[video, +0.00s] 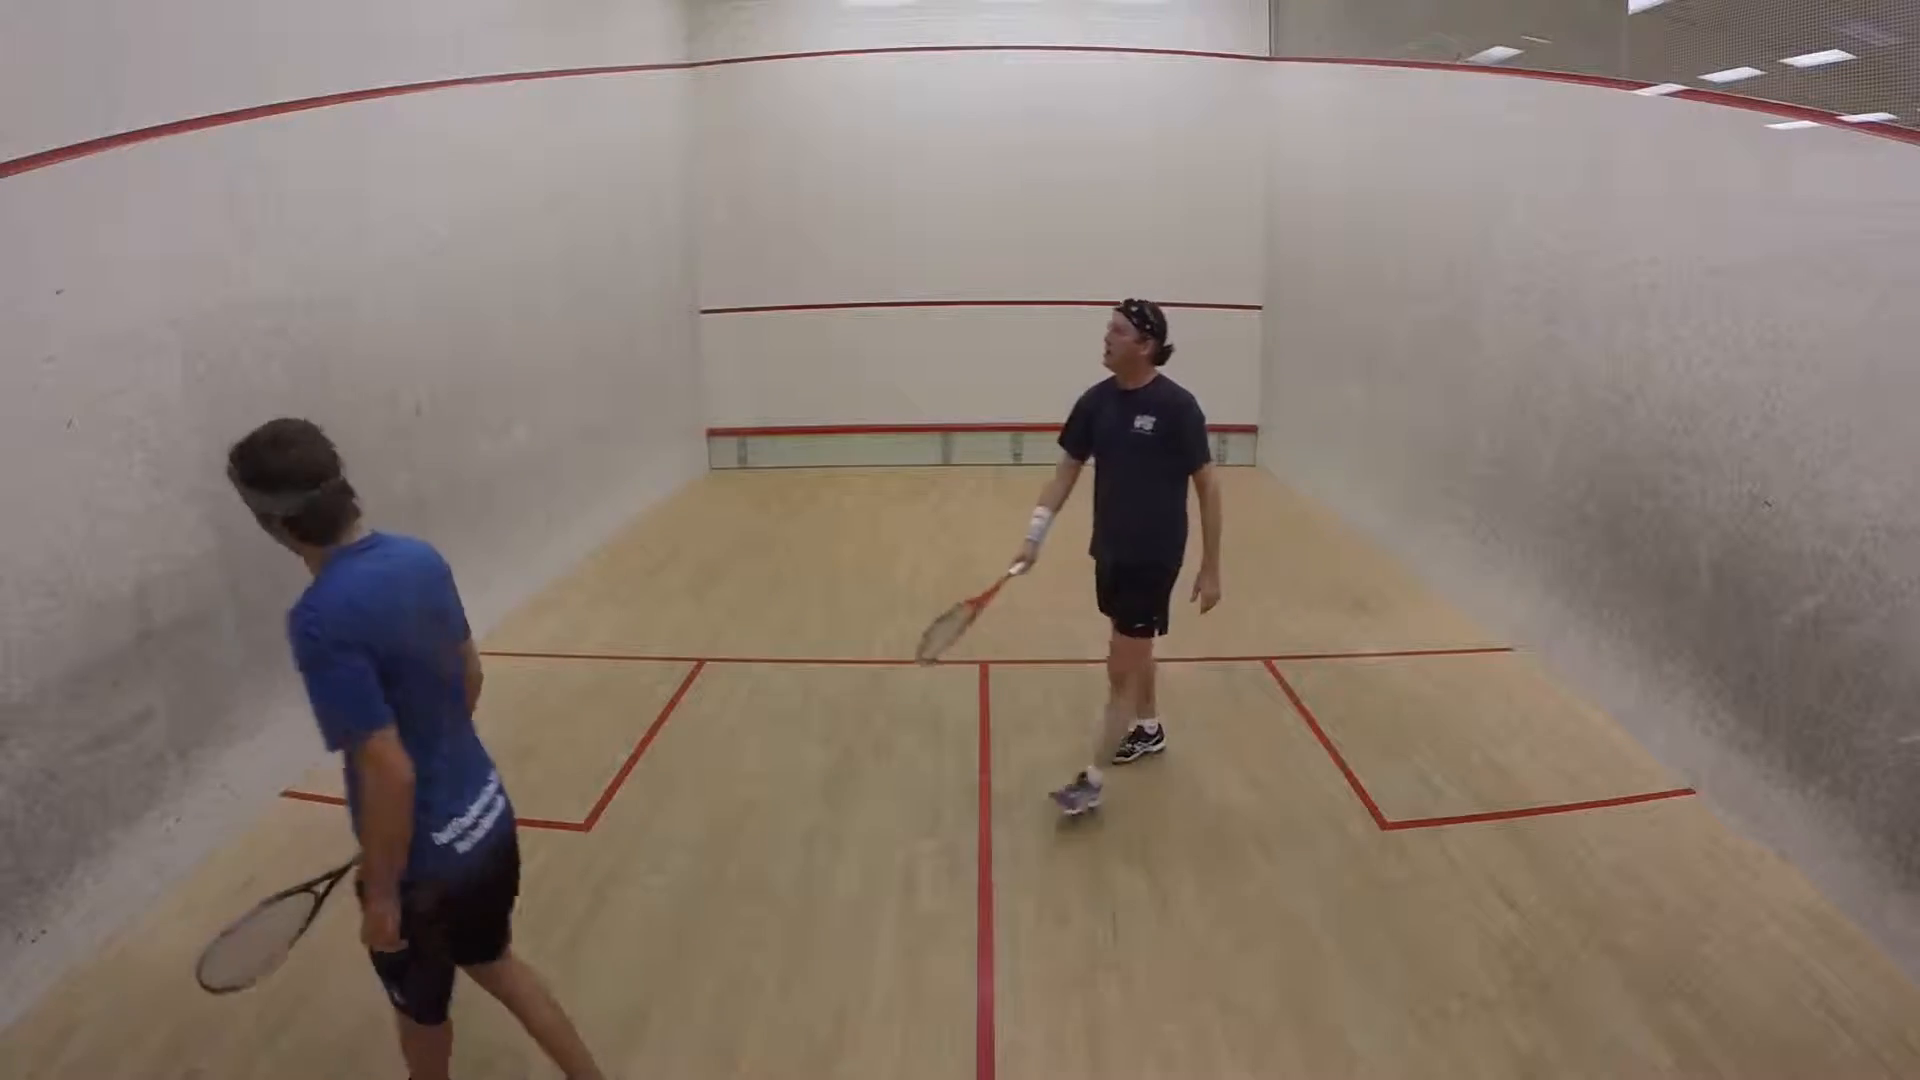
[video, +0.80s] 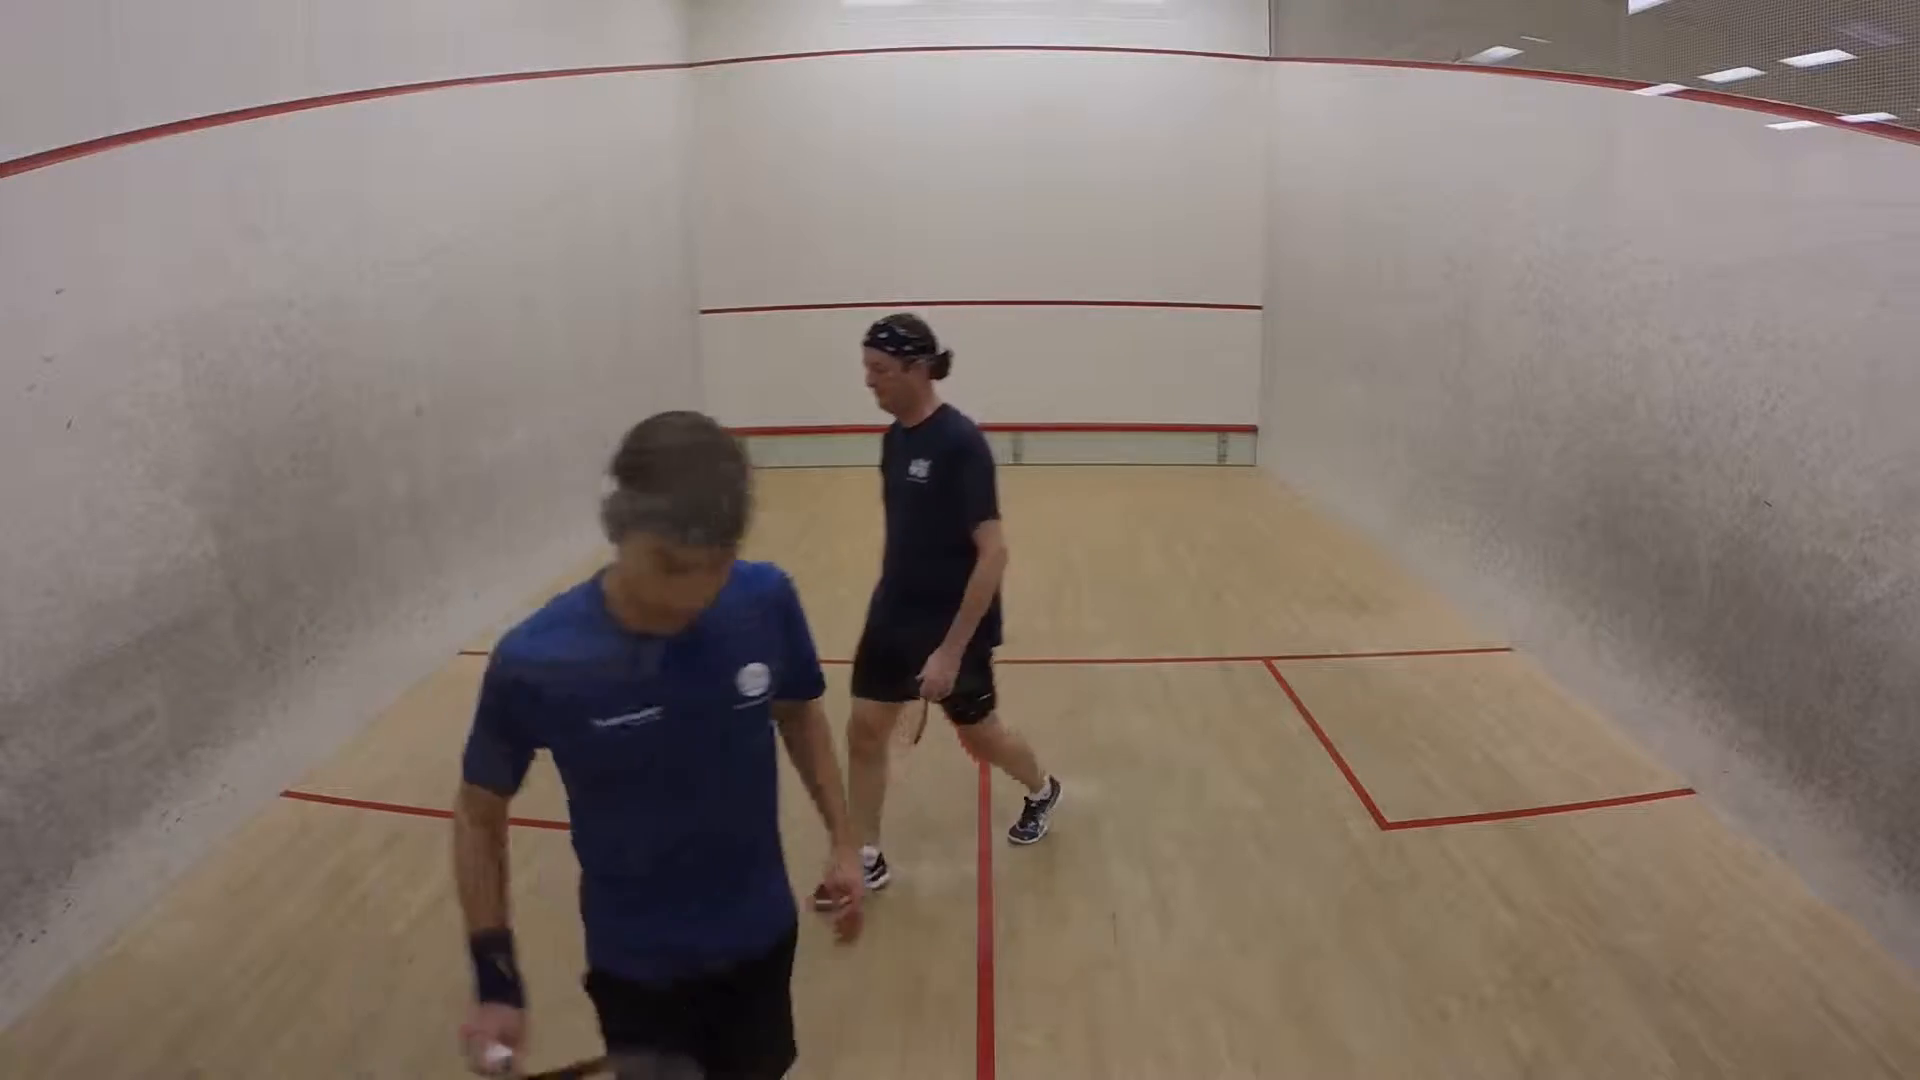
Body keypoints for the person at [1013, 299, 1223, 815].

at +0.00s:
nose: (1106, 338)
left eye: (1118, 333)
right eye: (1108, 329)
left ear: (1147, 346)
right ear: (1122, 342)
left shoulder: (1178, 407)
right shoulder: (1096, 401)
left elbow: (1207, 486)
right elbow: (1065, 472)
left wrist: (1210, 567)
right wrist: (1033, 536)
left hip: (1155, 552)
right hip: (1108, 546)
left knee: (1121, 667)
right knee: (1133, 643)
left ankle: (1093, 779)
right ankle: (1147, 726)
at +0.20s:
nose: (1066, 353)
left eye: (1078, 345)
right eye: (1065, 342)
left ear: (1110, 355)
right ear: (1067, 348)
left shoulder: (1141, 423)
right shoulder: (1056, 414)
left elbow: (1166, 509)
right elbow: (1029, 485)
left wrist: (1169, 593)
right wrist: (994, 549)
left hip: (1115, 574)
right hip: (1067, 567)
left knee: (1076, 689)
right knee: (1094, 657)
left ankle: (1061, 798)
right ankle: (1139, 718)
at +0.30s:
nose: (1043, 349)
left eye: (1055, 341)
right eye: (1041, 339)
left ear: (1089, 348)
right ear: (1042, 343)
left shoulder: (1120, 419)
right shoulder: (1034, 410)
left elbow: (1140, 513)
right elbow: (1016, 488)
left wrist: (1136, 600)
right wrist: (985, 557)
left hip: (1094, 578)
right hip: (1041, 571)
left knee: (1073, 691)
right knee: (1038, 673)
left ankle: (1061, 799)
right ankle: (1107, 712)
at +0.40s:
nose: (1018, 349)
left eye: (1029, 340)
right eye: (1015, 338)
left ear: (1065, 344)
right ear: (1017, 341)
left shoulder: (1097, 417)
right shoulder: (1014, 409)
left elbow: (1113, 516)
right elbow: (1002, 490)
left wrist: (1095, 603)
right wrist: (978, 565)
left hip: (1073, 583)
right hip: (1018, 573)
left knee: (1066, 698)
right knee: (993, 680)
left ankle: (1060, 798)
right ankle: (1060, 729)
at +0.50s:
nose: (988, 356)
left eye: (998, 346)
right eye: (985, 345)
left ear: (1034, 348)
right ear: (991, 348)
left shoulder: (1072, 420)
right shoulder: (990, 414)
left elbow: (1086, 529)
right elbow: (984, 494)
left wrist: (1046, 611)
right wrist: (972, 561)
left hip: (1053, 584)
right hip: (994, 574)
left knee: (1056, 701)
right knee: (954, 688)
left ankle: (1060, 798)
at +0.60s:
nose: (952, 365)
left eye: (963, 356)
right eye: (949, 355)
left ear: (1001, 356)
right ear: (953, 357)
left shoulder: (1041, 429)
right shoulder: (964, 424)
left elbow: (1055, 538)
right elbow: (966, 514)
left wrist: (1002, 620)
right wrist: (959, 591)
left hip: (1028, 594)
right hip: (968, 586)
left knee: (1042, 708)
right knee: (932, 705)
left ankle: (1058, 799)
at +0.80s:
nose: (869, 381)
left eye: (880, 369)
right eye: (867, 369)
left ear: (920, 369)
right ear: (887, 373)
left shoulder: (962, 442)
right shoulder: (895, 437)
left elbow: (993, 552)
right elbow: (903, 532)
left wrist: (951, 649)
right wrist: (887, 606)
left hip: (958, 617)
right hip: (897, 607)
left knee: (981, 737)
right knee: (865, 731)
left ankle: (1043, 790)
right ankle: (866, 854)